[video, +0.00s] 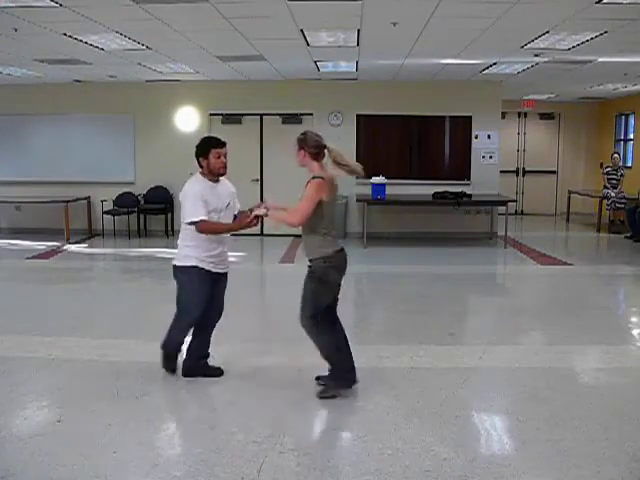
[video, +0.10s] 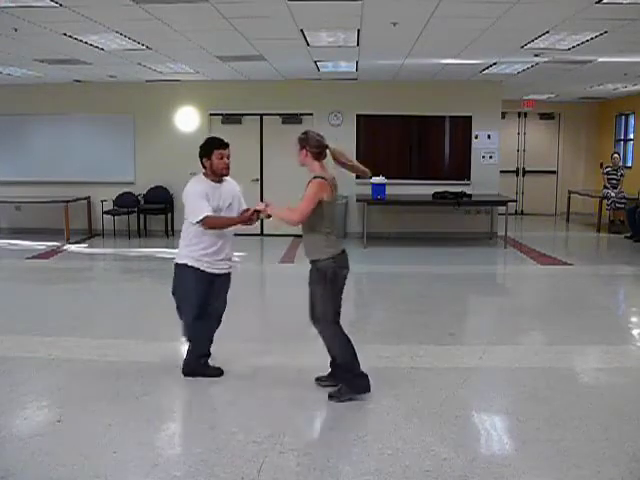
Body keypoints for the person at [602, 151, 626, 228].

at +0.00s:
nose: (615, 160)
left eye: (617, 158)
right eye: (613, 158)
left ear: (619, 160)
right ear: (611, 160)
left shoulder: (621, 170)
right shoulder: (606, 169)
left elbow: (621, 183)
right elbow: (605, 182)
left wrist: (617, 190)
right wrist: (611, 189)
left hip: (617, 188)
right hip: (608, 187)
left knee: (622, 196)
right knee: (611, 196)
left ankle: (621, 216)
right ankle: (611, 216)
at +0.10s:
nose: (615, 160)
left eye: (617, 158)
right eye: (613, 158)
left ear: (619, 160)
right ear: (611, 160)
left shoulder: (621, 170)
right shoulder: (606, 169)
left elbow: (621, 183)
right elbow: (605, 182)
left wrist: (617, 190)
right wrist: (611, 189)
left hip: (617, 188)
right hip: (608, 187)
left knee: (622, 196)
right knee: (611, 196)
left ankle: (621, 216)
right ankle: (611, 216)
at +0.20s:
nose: (615, 160)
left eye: (617, 158)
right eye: (613, 158)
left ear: (619, 160)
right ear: (611, 160)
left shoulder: (621, 170)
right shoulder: (606, 169)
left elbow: (621, 183)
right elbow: (605, 182)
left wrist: (617, 190)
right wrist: (611, 189)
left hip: (617, 188)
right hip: (608, 187)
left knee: (622, 196)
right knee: (611, 196)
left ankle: (621, 216)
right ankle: (611, 216)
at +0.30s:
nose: (615, 160)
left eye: (617, 158)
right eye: (613, 158)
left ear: (619, 160)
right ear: (611, 160)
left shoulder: (621, 170)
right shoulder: (606, 169)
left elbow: (621, 183)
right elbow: (605, 182)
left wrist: (617, 190)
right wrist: (611, 190)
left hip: (617, 189)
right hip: (608, 188)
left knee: (622, 196)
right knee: (611, 196)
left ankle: (621, 217)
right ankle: (611, 216)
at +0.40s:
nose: (615, 160)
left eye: (617, 158)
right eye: (613, 158)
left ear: (619, 160)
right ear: (611, 160)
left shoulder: (621, 170)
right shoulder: (606, 169)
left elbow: (621, 183)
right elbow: (605, 182)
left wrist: (617, 190)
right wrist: (611, 190)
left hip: (617, 189)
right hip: (608, 188)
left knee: (622, 196)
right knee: (611, 196)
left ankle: (621, 217)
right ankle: (611, 217)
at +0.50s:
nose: (615, 160)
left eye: (617, 158)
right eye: (613, 158)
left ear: (619, 160)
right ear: (611, 160)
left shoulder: (621, 170)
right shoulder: (606, 169)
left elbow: (621, 183)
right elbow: (605, 182)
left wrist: (617, 190)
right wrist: (611, 190)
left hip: (617, 189)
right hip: (608, 188)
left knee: (622, 196)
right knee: (611, 196)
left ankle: (621, 217)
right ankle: (611, 217)